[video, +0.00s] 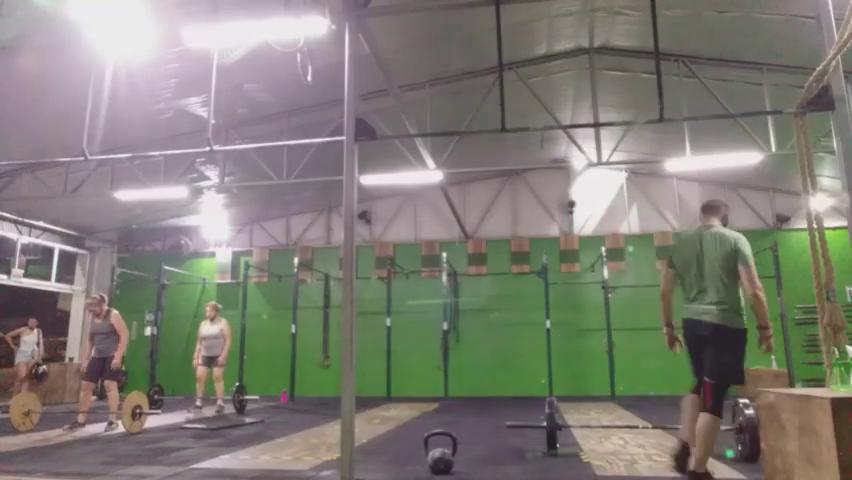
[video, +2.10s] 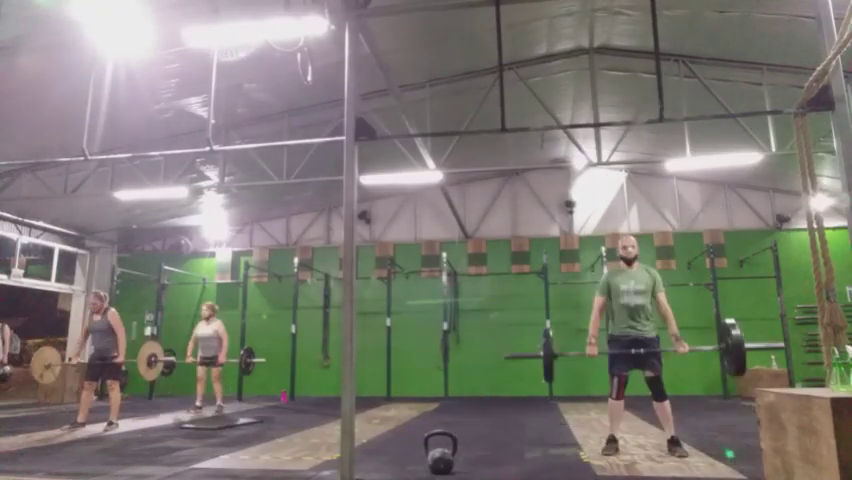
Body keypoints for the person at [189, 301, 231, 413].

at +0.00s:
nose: (208, 313)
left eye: (210, 311)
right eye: (206, 311)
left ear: (216, 312)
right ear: (205, 312)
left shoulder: (223, 323)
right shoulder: (203, 324)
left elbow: (227, 340)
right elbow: (199, 342)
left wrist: (223, 356)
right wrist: (196, 357)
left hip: (217, 354)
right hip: (204, 354)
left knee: (217, 377)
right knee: (200, 376)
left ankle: (220, 401)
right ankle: (199, 400)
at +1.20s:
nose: (206, 315)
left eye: (208, 313)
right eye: (205, 313)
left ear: (214, 313)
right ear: (204, 313)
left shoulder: (222, 323)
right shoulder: (203, 324)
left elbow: (226, 339)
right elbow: (198, 341)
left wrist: (223, 356)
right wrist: (196, 356)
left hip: (216, 354)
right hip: (203, 354)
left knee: (216, 378)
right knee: (202, 379)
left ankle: (219, 402)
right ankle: (199, 401)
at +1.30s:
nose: (202, 329)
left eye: (203, 326)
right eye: (200, 327)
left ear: (207, 324)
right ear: (198, 326)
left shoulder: (217, 330)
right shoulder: (197, 332)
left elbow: (223, 346)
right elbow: (193, 350)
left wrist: (223, 362)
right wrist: (191, 367)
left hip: (217, 356)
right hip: (204, 356)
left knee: (217, 377)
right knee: (200, 375)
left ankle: (220, 401)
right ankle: (199, 400)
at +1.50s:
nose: (196, 352)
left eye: (197, 349)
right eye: (194, 350)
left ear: (203, 348)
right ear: (192, 350)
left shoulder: (211, 352)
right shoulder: (192, 354)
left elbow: (216, 370)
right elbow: (187, 371)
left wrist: (216, 391)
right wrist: (180, 390)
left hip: (220, 364)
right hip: (204, 366)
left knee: (217, 378)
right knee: (193, 377)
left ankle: (219, 403)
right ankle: (197, 404)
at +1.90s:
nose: (192, 344)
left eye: (194, 342)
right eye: (191, 342)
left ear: (200, 342)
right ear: (190, 342)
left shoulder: (210, 349)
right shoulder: (191, 351)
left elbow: (218, 366)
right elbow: (187, 366)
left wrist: (218, 383)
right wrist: (184, 383)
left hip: (217, 362)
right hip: (201, 364)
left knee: (217, 383)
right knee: (194, 379)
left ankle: (219, 404)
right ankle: (197, 404)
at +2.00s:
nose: (195, 328)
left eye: (198, 325)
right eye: (194, 325)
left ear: (204, 326)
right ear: (193, 326)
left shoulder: (212, 336)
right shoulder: (194, 337)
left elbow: (223, 352)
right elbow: (189, 353)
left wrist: (220, 367)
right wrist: (185, 368)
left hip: (217, 356)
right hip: (203, 356)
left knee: (218, 376)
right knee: (198, 375)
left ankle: (219, 403)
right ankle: (198, 403)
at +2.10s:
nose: (203, 312)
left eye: (206, 310)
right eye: (202, 310)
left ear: (212, 311)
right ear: (201, 312)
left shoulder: (218, 324)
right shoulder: (200, 325)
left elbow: (225, 338)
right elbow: (192, 340)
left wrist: (223, 354)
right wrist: (189, 354)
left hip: (215, 355)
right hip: (201, 355)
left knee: (215, 379)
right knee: (200, 379)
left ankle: (219, 402)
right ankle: (198, 403)